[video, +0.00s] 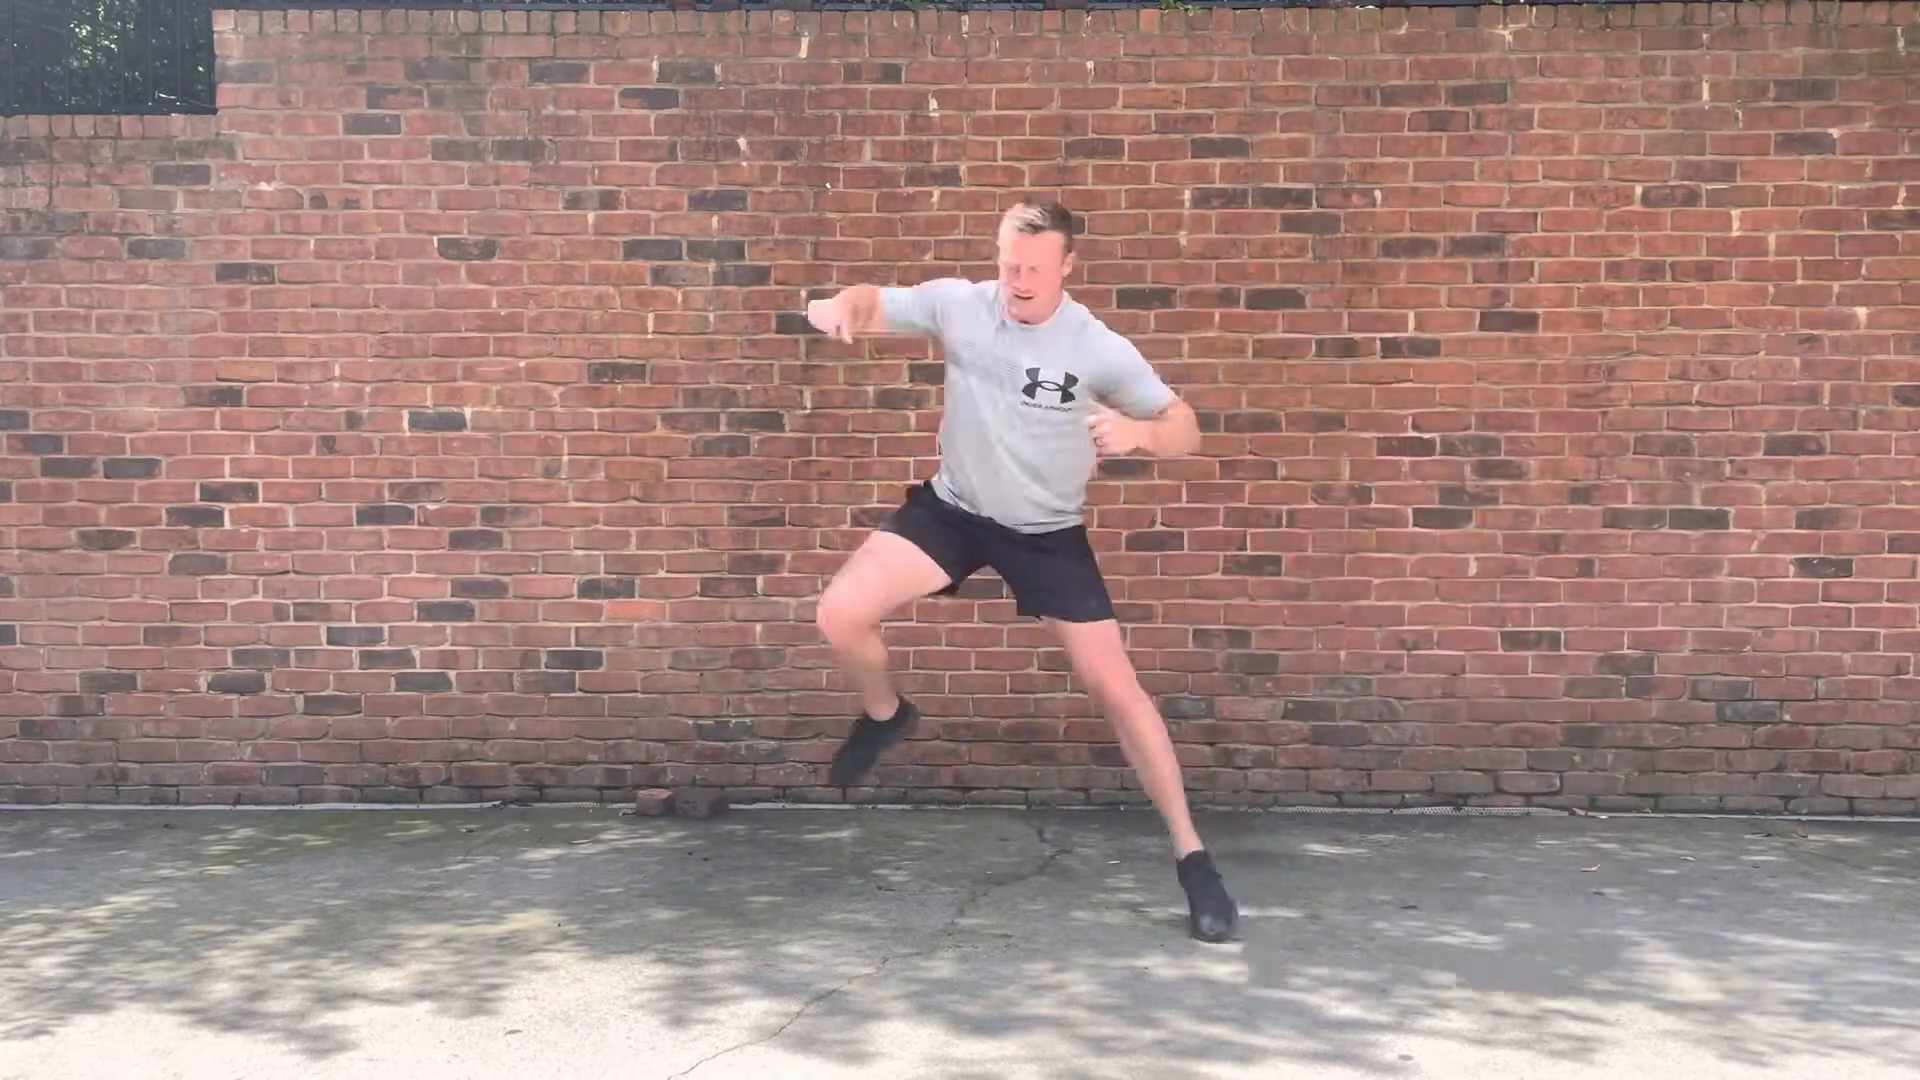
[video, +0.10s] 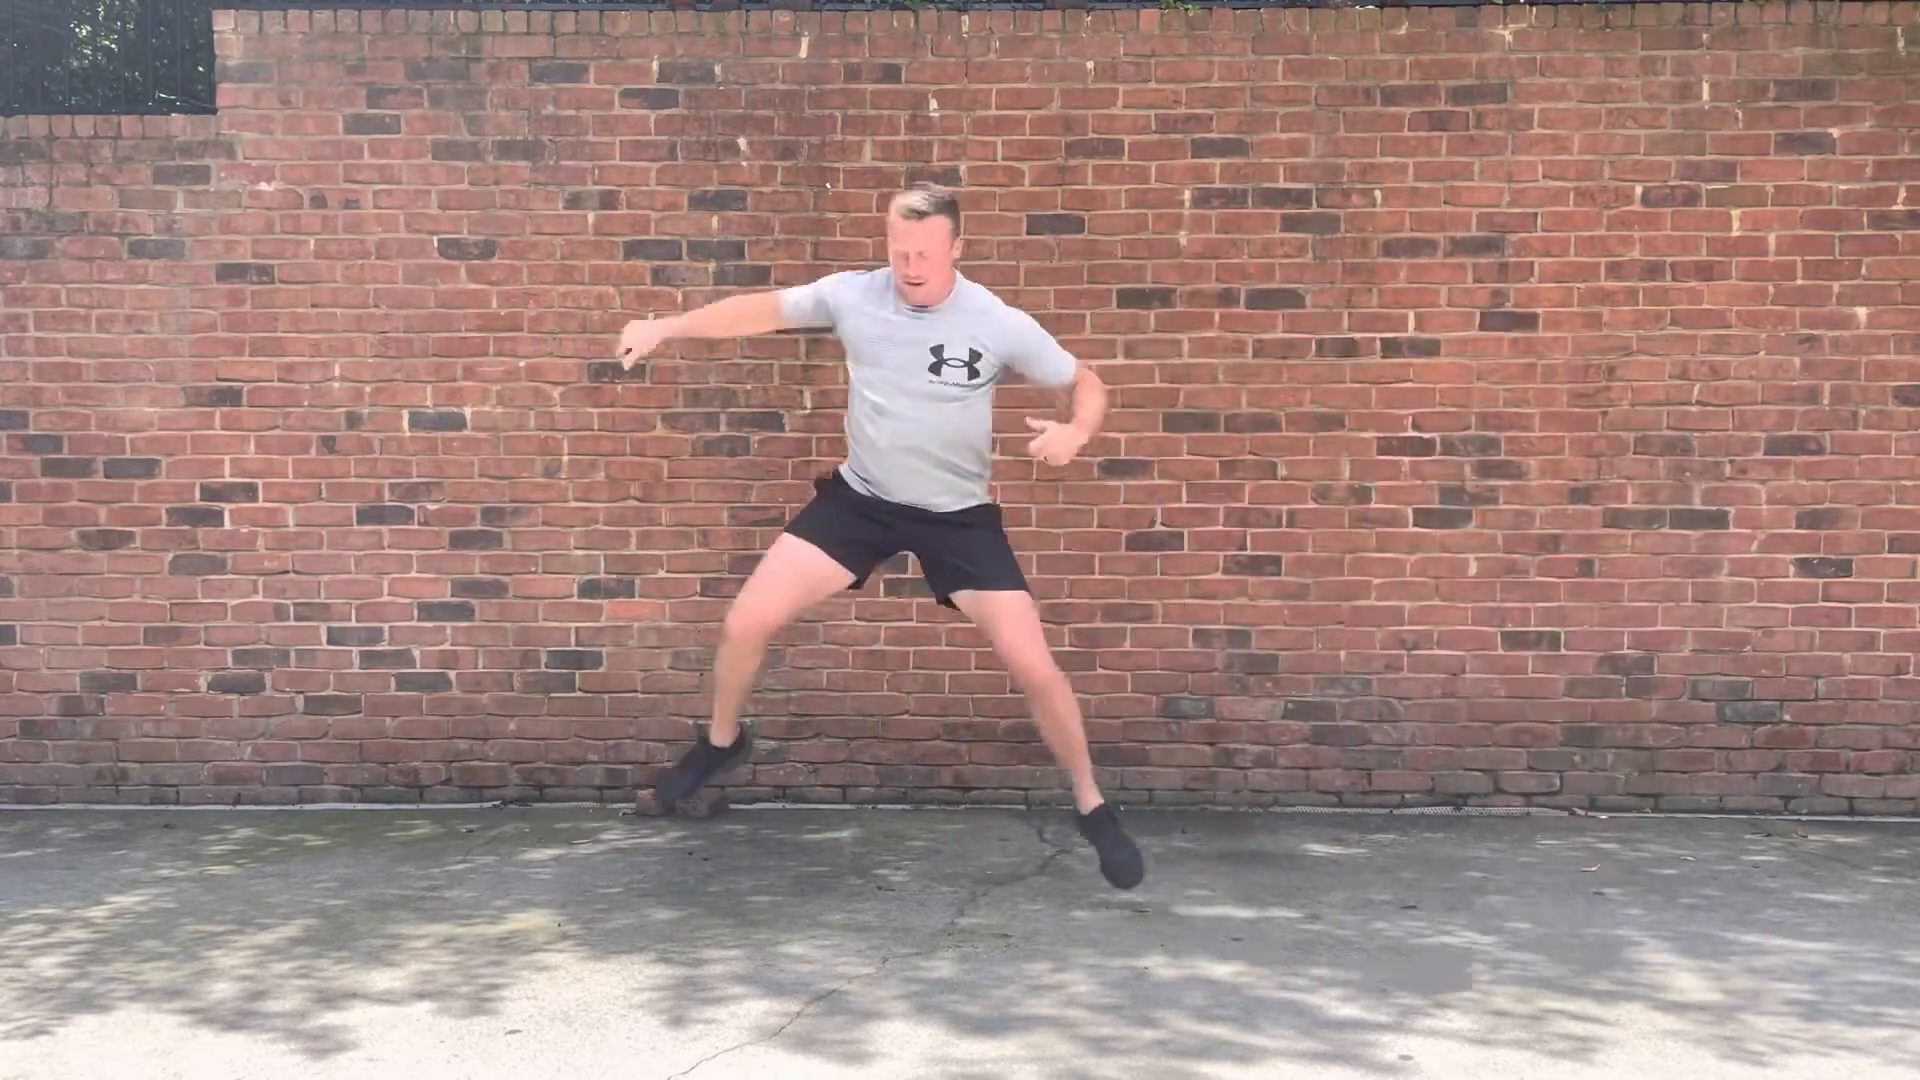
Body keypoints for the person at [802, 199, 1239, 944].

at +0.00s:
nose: (1020, 283)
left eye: (1036, 271)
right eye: (1011, 268)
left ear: (1066, 268)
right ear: (997, 259)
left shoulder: (1097, 347)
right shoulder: (957, 304)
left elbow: (1184, 429)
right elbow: (871, 305)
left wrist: (1141, 435)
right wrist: (840, 310)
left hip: (1048, 535)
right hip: (952, 511)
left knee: (1118, 692)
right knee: (840, 615)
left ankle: (1192, 858)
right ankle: (885, 714)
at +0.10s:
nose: (909, 268)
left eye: (925, 255)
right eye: (899, 253)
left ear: (955, 249)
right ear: (886, 246)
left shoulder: (993, 322)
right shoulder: (852, 296)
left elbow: (1088, 385)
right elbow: (765, 310)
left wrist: (1077, 429)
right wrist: (666, 328)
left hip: (960, 515)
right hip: (859, 501)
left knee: (1033, 666)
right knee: (745, 620)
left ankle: (1092, 806)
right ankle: (720, 741)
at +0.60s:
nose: (601, 446)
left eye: (610, 428)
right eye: (585, 435)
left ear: (637, 415)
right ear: (570, 435)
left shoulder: (692, 457)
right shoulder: (560, 501)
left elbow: (800, 443)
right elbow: (501, 570)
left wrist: (701, 429)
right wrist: (468, 591)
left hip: (719, 632)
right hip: (626, 631)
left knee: (710, 784)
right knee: (541, 737)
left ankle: (664, 792)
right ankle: (520, 874)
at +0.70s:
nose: (676, 385)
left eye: (685, 369)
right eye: (660, 374)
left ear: (702, 356)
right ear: (636, 373)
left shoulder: (755, 389)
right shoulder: (612, 435)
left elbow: (857, 340)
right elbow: (515, 482)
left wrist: (821, 335)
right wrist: (524, 462)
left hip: (767, 592)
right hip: (669, 601)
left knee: (821, 717)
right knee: (581, 719)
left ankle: (756, 750)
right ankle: (521, 867)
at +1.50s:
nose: (1414, 342)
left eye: (1424, 328)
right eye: (1401, 326)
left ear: (1432, 320)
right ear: (1361, 315)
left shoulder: (1440, 369)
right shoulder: (1303, 371)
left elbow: (1458, 422)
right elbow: (1195, 418)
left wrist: (1499, 492)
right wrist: (1222, 436)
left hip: (1412, 557)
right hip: (1310, 562)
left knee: (1502, 690)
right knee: (1231, 708)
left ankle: (1587, 834)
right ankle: (1241, 746)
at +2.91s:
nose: (646, 395)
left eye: (657, 380)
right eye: (634, 383)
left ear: (687, 368)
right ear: (623, 378)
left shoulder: (742, 424)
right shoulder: (613, 431)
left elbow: (836, 470)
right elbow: (590, 480)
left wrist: (774, 503)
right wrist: (555, 525)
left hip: (743, 606)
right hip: (649, 602)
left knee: (795, 759)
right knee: (570, 728)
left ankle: (763, 735)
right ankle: (532, 857)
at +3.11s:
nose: (540, 460)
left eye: (550, 443)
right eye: (527, 449)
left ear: (581, 429)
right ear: (517, 450)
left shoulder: (634, 473)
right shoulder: (528, 514)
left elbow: (725, 543)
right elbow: (480, 597)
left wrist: (625, 568)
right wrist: (420, 662)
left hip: (678, 638)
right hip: (595, 633)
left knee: (608, 786)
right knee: (519, 733)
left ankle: (591, 790)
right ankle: (528, 858)